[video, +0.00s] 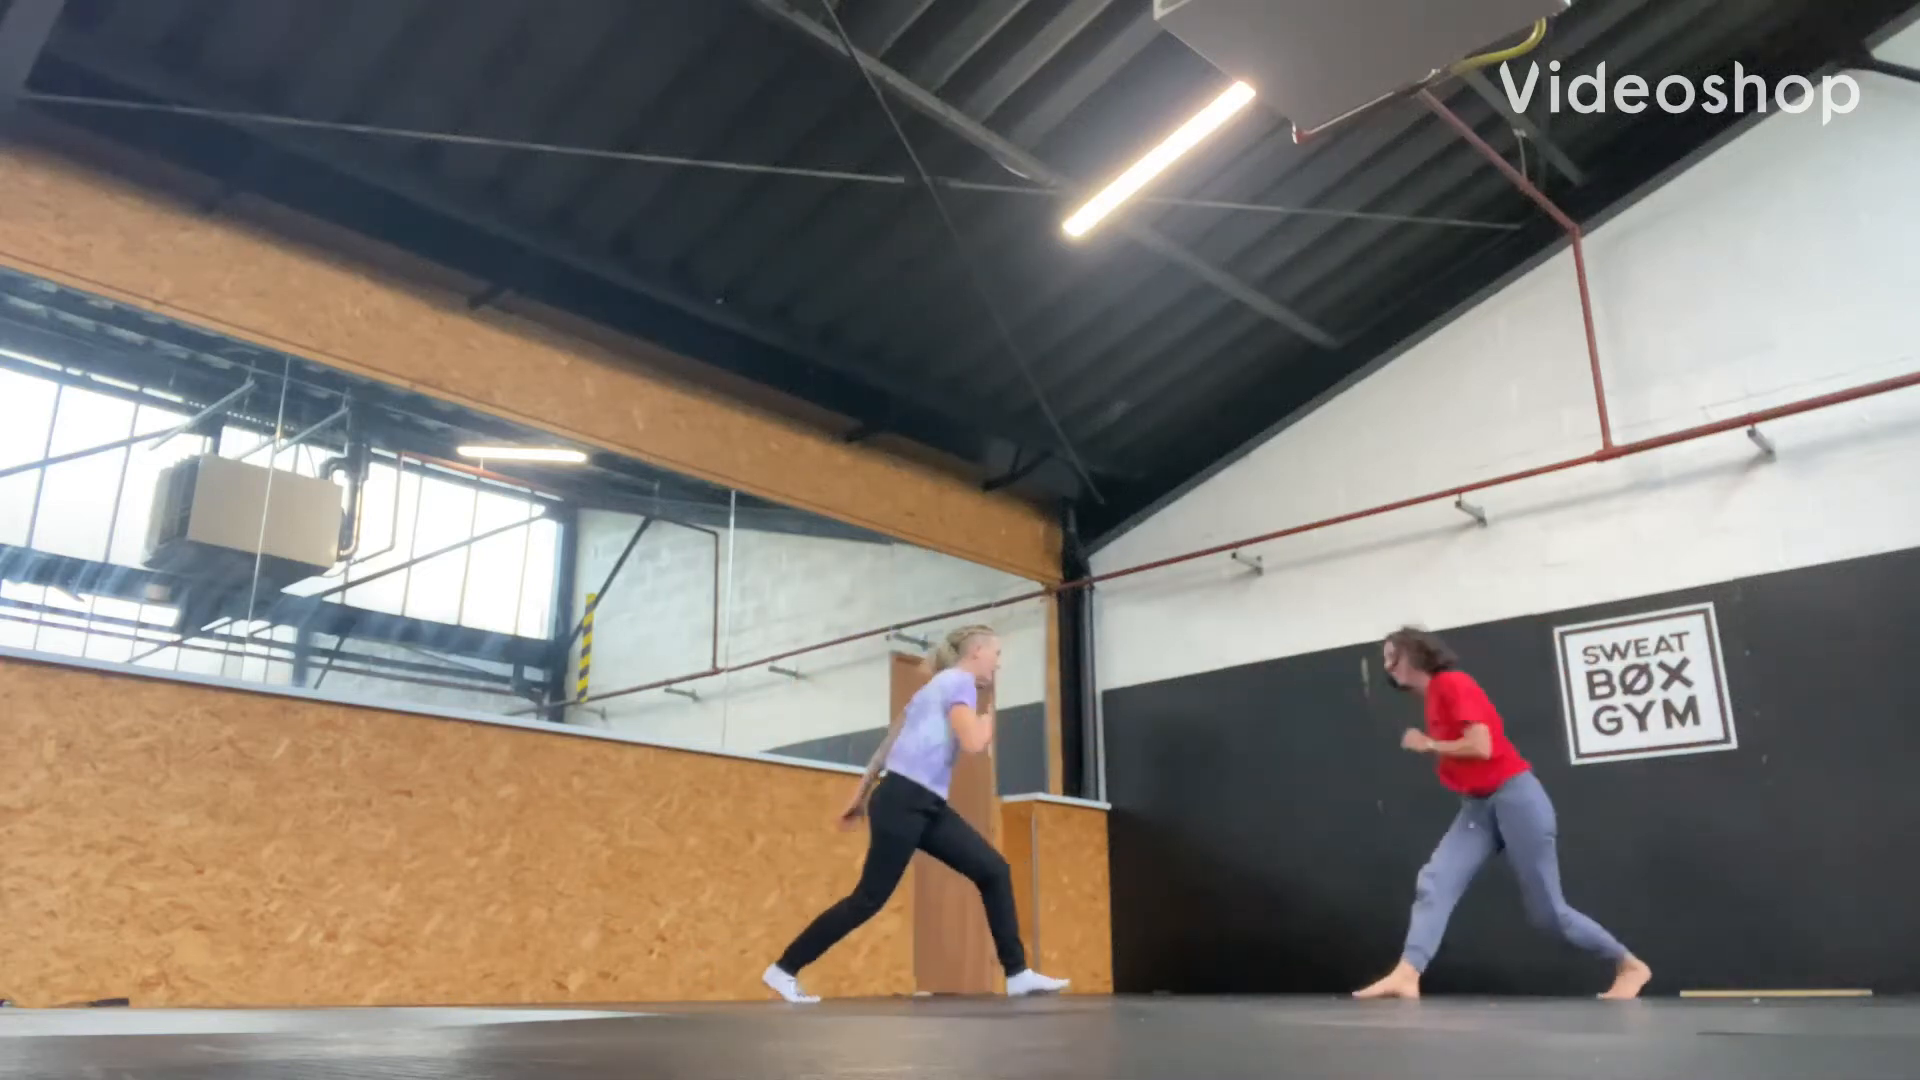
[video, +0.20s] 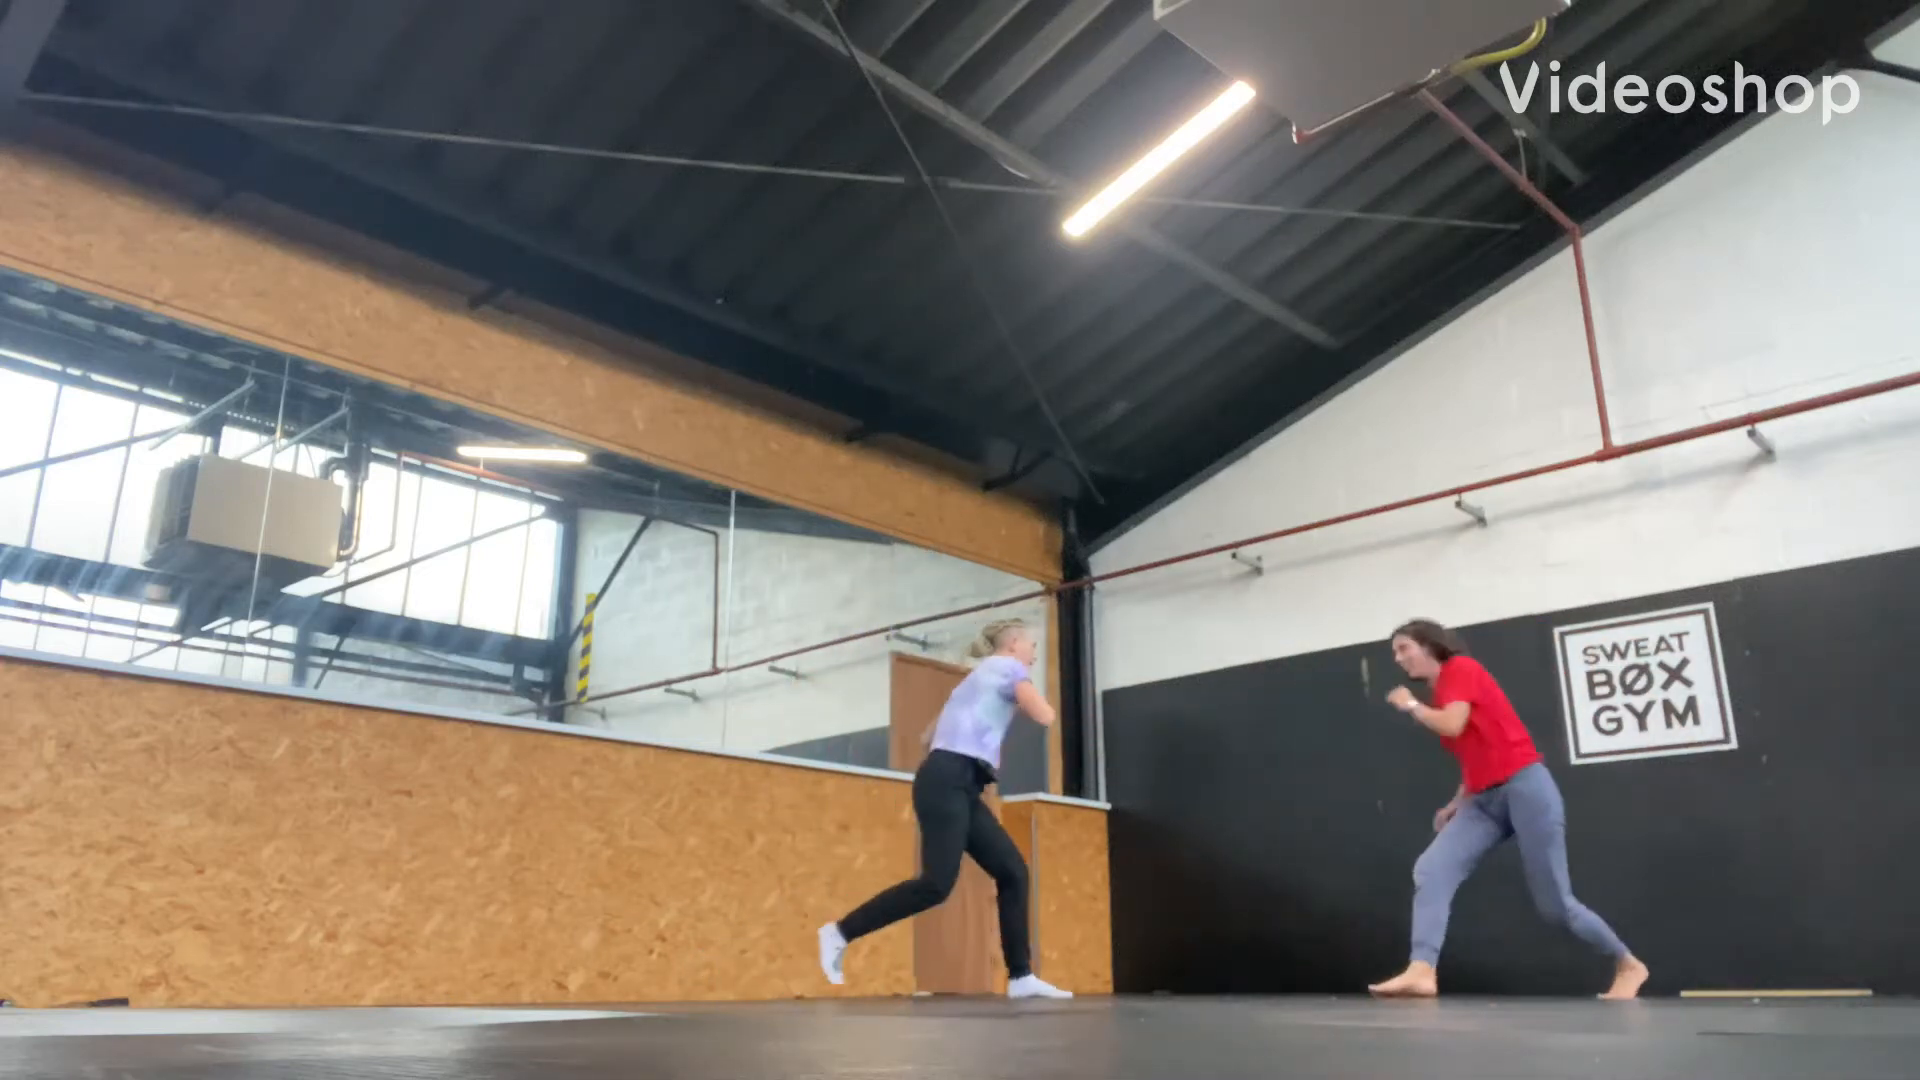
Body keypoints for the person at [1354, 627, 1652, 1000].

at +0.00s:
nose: (1389, 671)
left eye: (1393, 661)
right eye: (1387, 663)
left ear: (1414, 657)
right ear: (1411, 662)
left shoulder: (1454, 684)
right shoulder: (1435, 696)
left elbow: (1481, 745)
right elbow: (1472, 743)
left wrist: (1429, 744)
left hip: (1517, 798)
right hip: (1480, 806)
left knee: (1546, 912)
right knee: (1436, 882)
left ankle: (1630, 966)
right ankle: (1407, 974)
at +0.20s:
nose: (1399, 659)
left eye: (1404, 649)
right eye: (1396, 653)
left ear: (1427, 645)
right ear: (1412, 656)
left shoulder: (1461, 668)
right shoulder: (1444, 690)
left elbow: (1452, 723)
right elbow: (1478, 758)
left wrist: (1413, 707)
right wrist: (1459, 804)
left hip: (1527, 788)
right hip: (1485, 801)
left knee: (1555, 904)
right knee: (1433, 870)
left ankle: (1629, 964)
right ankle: (1422, 970)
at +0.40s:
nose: (1356, 670)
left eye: (1359, 659)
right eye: (1353, 664)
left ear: (1382, 650)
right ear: (1388, 655)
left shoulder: (1393, 665)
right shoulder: (1415, 680)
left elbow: (1367, 728)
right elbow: (1450, 757)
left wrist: (1376, 689)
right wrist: (1396, 779)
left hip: (1498, 761)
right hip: (1472, 779)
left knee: (1532, 877)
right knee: (1441, 869)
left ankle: (1620, 944)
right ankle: (1451, 975)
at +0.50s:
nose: (1336, 693)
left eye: (1339, 683)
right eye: (1333, 685)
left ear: (1360, 674)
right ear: (1366, 677)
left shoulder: (1372, 688)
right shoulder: (1400, 697)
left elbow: (1371, 761)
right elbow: (1439, 773)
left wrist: (1365, 725)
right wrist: (1383, 798)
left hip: (1492, 767)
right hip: (1468, 785)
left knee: (1515, 887)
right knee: (1429, 868)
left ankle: (1622, 944)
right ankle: (1450, 977)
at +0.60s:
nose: (1326, 708)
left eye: (1326, 698)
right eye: (1322, 702)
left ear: (1344, 687)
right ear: (1354, 687)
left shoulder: (1367, 698)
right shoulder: (1388, 706)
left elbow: (1363, 769)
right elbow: (1431, 783)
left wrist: (1359, 731)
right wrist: (1380, 822)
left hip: (1491, 770)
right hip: (1463, 790)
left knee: (1508, 874)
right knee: (1423, 871)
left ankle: (1611, 955)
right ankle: (1449, 977)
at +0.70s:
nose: (1330, 716)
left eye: (1326, 705)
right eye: (1324, 711)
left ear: (1339, 688)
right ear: (1347, 692)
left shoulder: (1369, 694)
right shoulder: (1384, 724)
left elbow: (1345, 742)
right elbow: (1432, 788)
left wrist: (1321, 747)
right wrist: (1387, 821)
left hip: (1491, 769)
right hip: (1461, 795)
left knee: (1510, 865)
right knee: (1419, 870)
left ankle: (1594, 957)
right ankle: (1449, 978)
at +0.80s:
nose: (1330, 725)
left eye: (1330, 714)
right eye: (1326, 721)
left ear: (1343, 698)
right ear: (1339, 711)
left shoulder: (1387, 699)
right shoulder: (1385, 736)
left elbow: (1337, 695)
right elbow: (1439, 795)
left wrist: (1299, 712)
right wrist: (1388, 825)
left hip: (1501, 782)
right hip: (1466, 805)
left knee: (1504, 878)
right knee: (1412, 868)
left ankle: (1599, 971)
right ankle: (1444, 974)